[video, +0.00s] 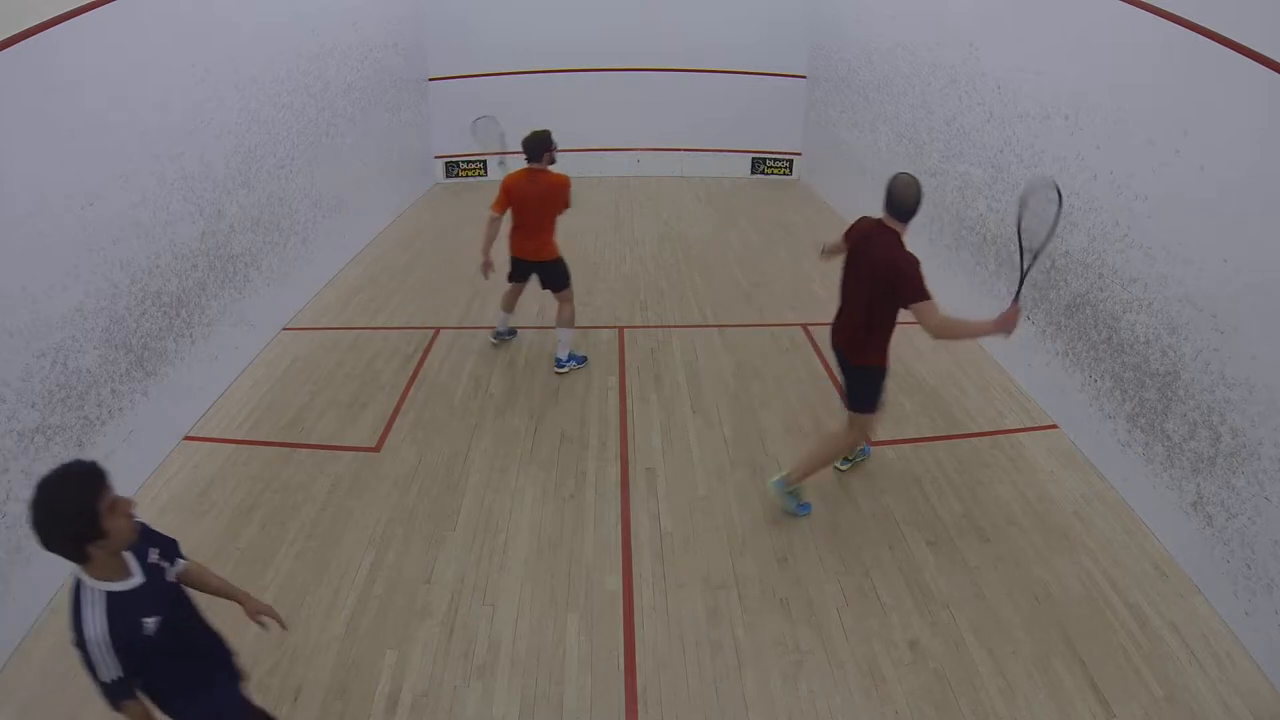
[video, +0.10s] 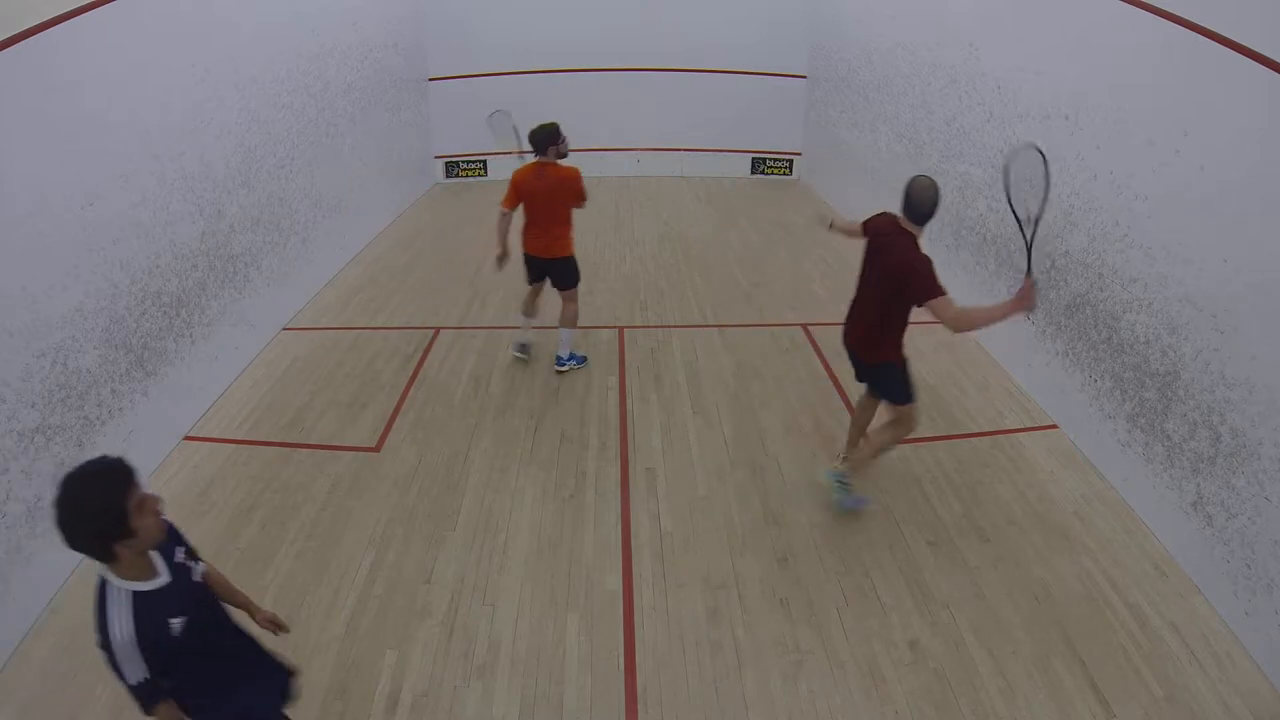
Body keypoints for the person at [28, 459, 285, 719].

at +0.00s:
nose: (129, 504)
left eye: (116, 497)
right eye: (113, 508)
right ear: (93, 545)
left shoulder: (134, 537)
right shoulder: (96, 626)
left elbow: (181, 568)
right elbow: (126, 701)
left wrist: (244, 598)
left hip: (217, 659)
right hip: (200, 701)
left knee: (242, 705)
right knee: (257, 715)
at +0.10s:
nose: (156, 501)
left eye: (145, 494)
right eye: (141, 506)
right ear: (120, 543)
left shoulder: (160, 536)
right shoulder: (123, 632)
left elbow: (203, 573)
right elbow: (156, 703)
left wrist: (254, 610)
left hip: (248, 658)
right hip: (225, 704)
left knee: (282, 693)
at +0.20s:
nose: (188, 498)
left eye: (176, 491)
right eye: (173, 503)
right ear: (153, 541)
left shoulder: (188, 539)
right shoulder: (153, 628)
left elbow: (230, 600)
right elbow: (184, 705)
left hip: (275, 658)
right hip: (252, 705)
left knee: (323, 685)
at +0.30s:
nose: (229, 496)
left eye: (218, 489)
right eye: (214, 500)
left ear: (194, 538)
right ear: (193, 538)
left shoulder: (216, 548)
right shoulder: (191, 624)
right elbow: (218, 707)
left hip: (287, 648)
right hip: (267, 695)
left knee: (360, 683)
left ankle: (357, 713)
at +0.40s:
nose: (275, 492)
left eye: (262, 486)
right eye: (260, 497)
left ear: (242, 533)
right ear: (242, 532)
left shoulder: (254, 549)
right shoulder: (232, 615)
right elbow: (257, 705)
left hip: (321, 653)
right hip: (296, 695)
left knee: (387, 694)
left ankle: (405, 713)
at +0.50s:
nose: (316, 487)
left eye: (308, 482)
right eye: (306, 487)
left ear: (291, 522)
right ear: (293, 518)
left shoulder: (296, 550)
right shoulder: (278, 608)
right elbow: (302, 699)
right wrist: (311, 712)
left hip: (354, 651)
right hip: (331, 690)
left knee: (418, 698)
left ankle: (432, 714)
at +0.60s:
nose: (356, 474)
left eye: (350, 469)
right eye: (349, 473)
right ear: (335, 505)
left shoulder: (316, 535)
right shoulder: (323, 601)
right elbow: (353, 694)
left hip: (391, 643)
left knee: (446, 681)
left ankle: (455, 712)